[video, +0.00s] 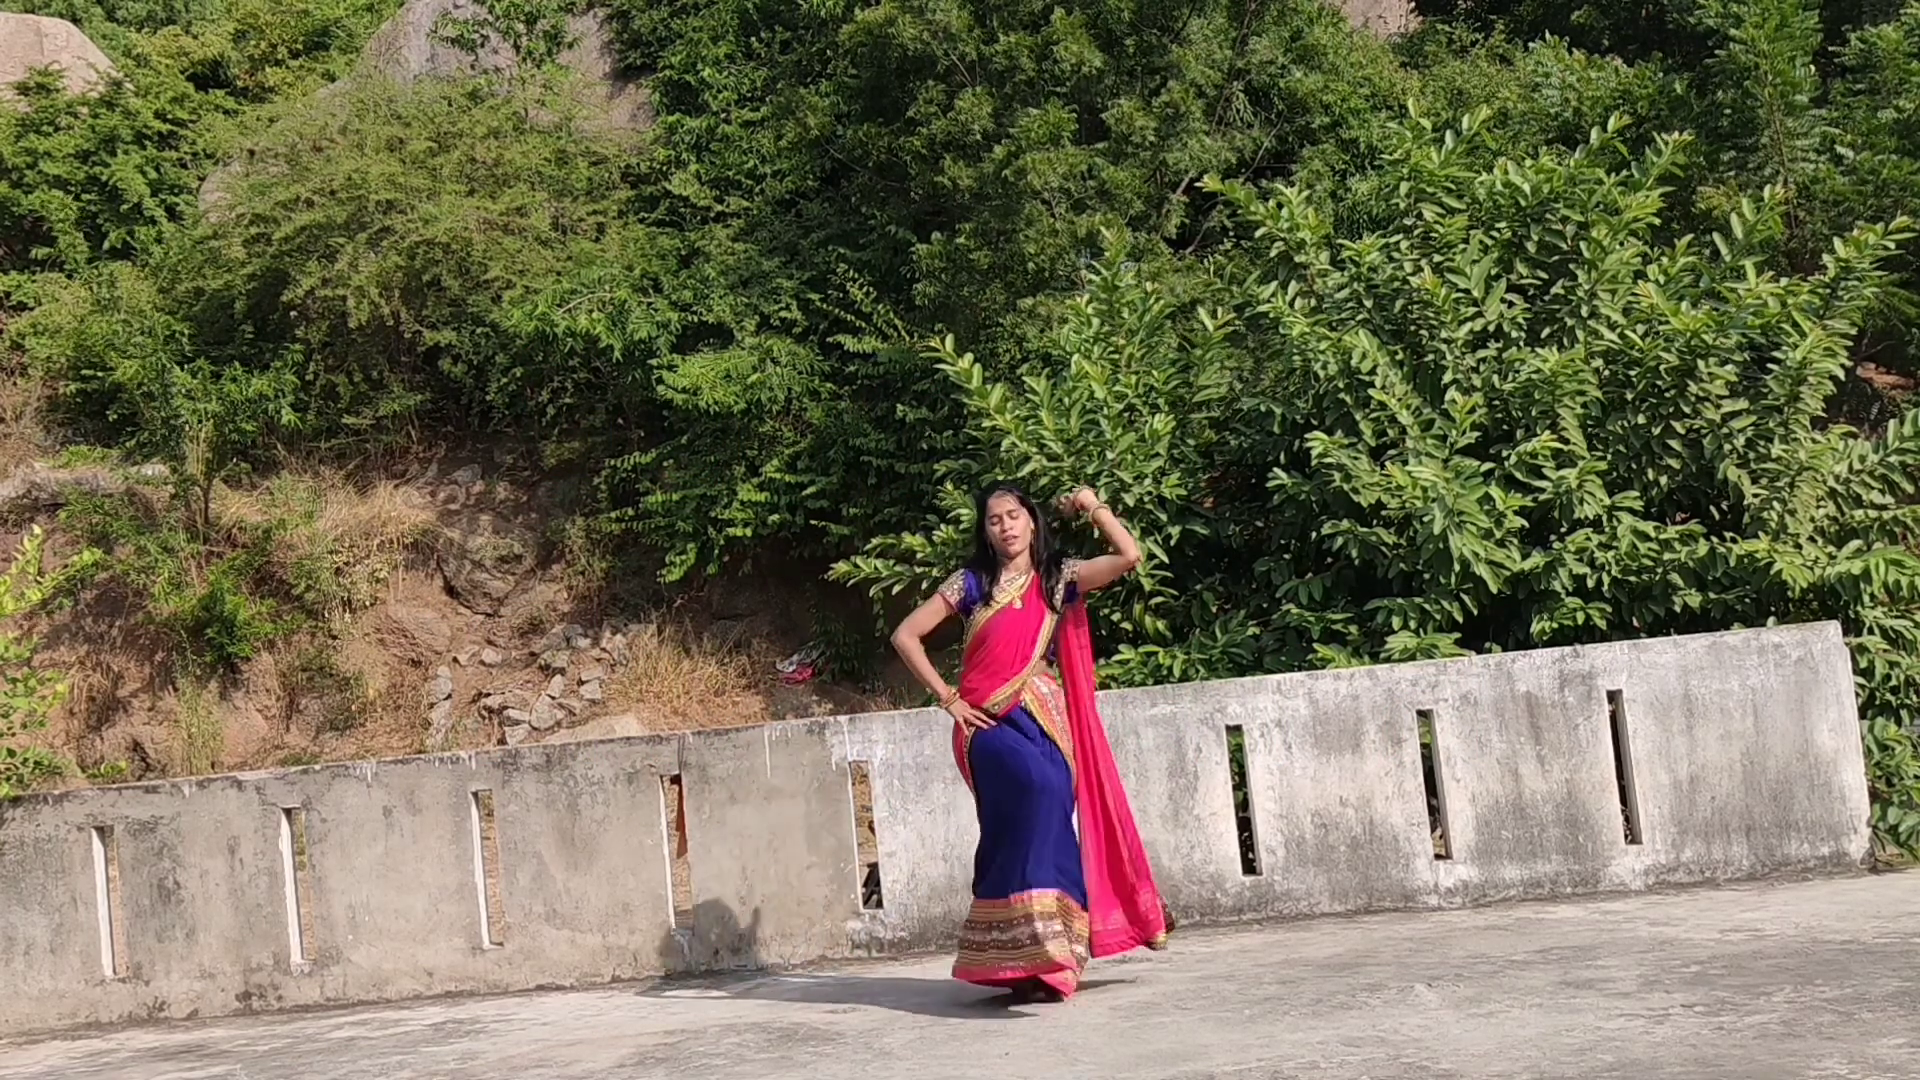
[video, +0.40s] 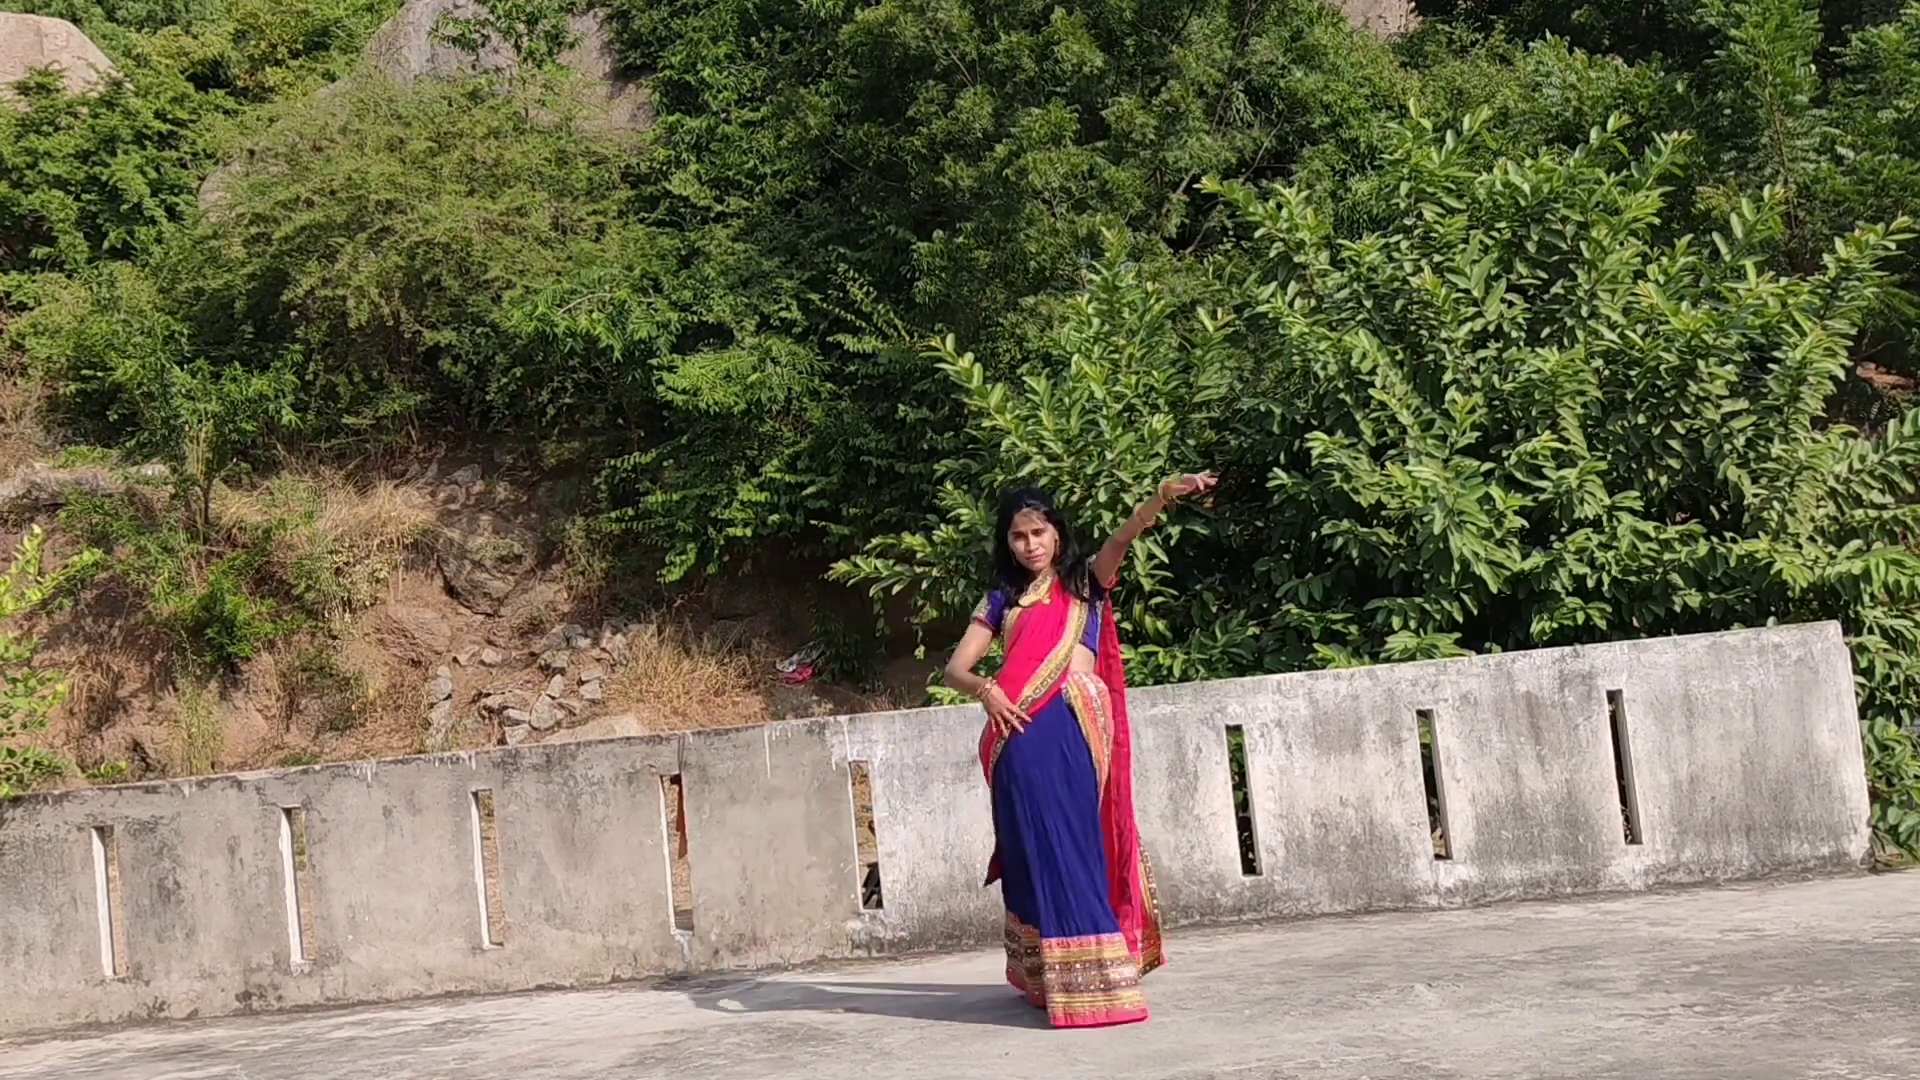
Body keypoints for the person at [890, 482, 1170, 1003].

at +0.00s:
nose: (1005, 526)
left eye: (1012, 515)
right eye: (995, 520)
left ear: (1033, 521)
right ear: (985, 532)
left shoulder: (1057, 578)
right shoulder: (971, 583)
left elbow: (1128, 555)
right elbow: (905, 636)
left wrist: (1096, 506)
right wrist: (945, 696)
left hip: (1038, 712)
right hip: (982, 717)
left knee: (1036, 816)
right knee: (1046, 785)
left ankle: (1028, 960)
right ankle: (1040, 946)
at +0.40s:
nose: (1030, 545)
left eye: (1038, 533)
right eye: (1019, 537)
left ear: (1059, 535)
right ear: (1009, 545)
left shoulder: (1085, 582)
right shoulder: (1002, 601)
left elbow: (1123, 537)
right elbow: (956, 668)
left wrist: (1166, 493)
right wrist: (983, 686)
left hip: (1072, 726)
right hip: (1018, 732)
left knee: (1072, 846)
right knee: (1037, 852)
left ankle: (1088, 979)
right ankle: (1056, 980)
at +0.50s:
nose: (1035, 540)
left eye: (1044, 529)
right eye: (1024, 531)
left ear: (1062, 534)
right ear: (1011, 540)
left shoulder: (1090, 579)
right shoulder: (1001, 604)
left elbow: (1145, 559)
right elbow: (986, 674)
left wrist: (1206, 542)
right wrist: (994, 714)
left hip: (1084, 734)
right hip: (1025, 740)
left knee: (1086, 855)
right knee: (1037, 860)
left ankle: (1100, 983)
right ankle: (1051, 988)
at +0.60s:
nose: (1038, 529)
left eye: (1049, 518)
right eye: (1028, 519)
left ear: (1066, 526)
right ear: (1015, 529)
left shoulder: (1093, 576)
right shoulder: (1003, 596)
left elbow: (1160, 596)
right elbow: (1006, 674)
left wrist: (1228, 617)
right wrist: (1026, 741)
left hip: (1097, 735)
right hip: (1035, 739)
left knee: (1105, 854)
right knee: (1040, 859)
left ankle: (1106, 982)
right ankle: (1053, 989)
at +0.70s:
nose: (1043, 515)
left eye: (1054, 506)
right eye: (1034, 505)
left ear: (1072, 516)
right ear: (1018, 513)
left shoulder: (1093, 575)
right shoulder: (1005, 585)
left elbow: (1151, 629)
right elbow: (1012, 669)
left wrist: (1210, 682)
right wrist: (1041, 745)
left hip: (1102, 726)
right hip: (1043, 732)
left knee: (1113, 850)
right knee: (1042, 857)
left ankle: (1122, 987)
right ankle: (1049, 994)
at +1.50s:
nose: (1084, 483)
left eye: (1096, 475)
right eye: (1073, 477)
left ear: (1120, 493)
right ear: (1061, 497)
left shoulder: (1143, 560)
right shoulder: (1044, 567)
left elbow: (1185, 635)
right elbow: (994, 635)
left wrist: (1232, 697)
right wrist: (1016, 690)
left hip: (1143, 746)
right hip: (1071, 751)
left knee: (1161, 881)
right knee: (1088, 888)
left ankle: (1169, 1031)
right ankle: (1109, 1037)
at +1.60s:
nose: (1075, 481)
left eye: (1088, 472)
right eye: (1067, 475)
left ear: (1117, 489)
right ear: (1059, 495)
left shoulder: (1150, 551)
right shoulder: (1050, 564)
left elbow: (1188, 634)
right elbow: (975, 625)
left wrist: (1222, 709)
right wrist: (1018, 627)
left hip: (1143, 729)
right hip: (1077, 736)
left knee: (1148, 875)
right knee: (1095, 879)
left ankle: (1164, 1028)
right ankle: (1109, 1032)